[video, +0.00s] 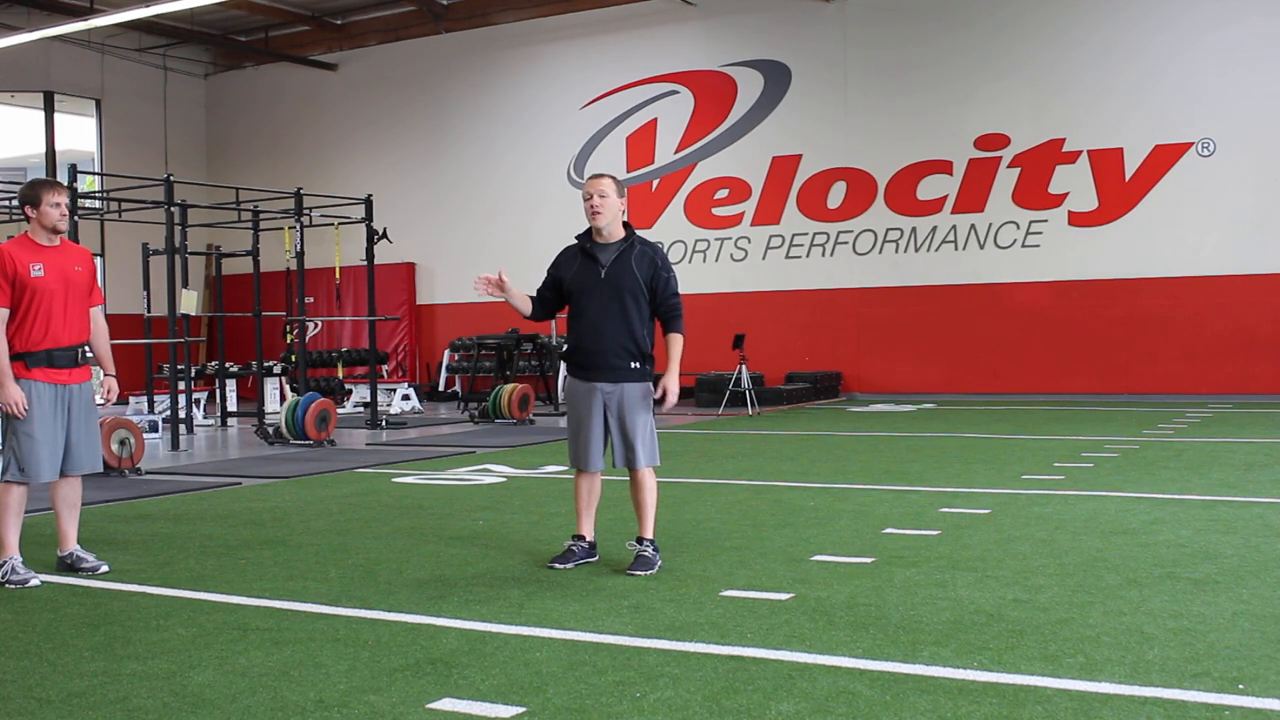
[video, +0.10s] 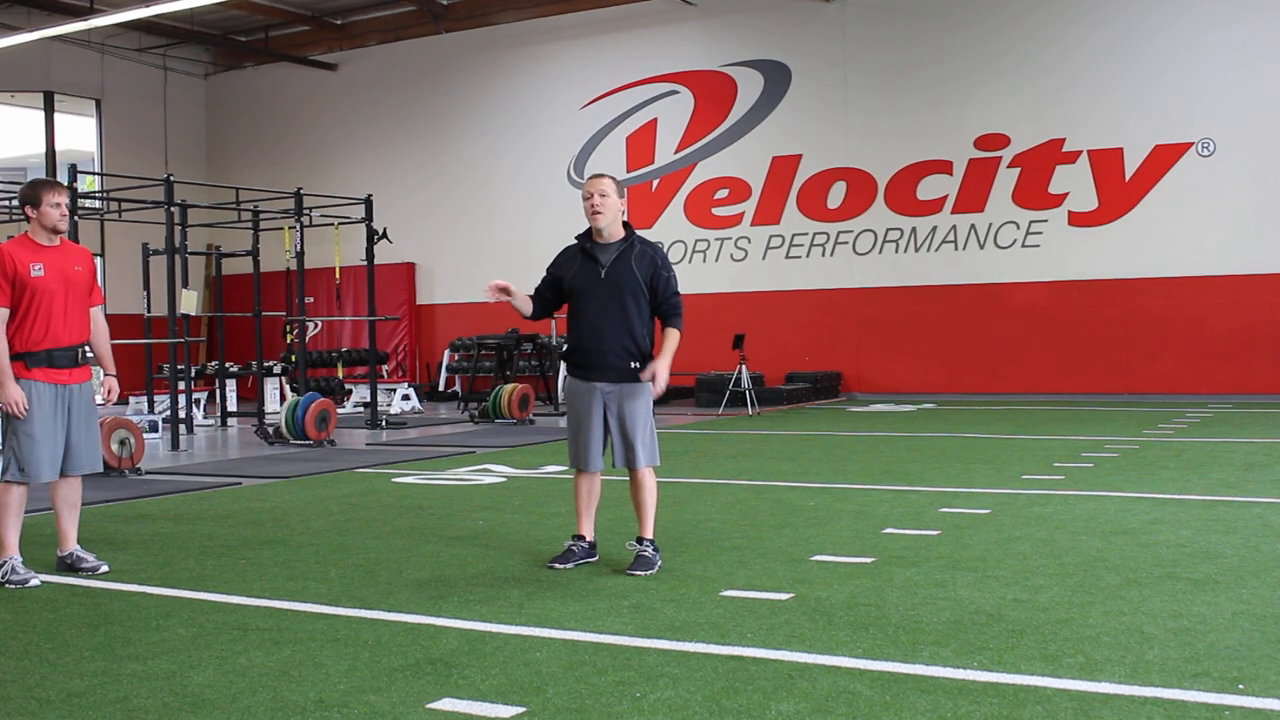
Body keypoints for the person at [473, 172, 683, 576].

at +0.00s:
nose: (593, 203)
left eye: (601, 196)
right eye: (588, 198)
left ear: (622, 203)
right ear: (584, 207)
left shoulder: (650, 256)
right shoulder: (571, 257)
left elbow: (672, 317)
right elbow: (540, 309)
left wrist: (672, 372)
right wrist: (508, 292)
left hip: (632, 380)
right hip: (582, 379)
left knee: (640, 464)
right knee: (585, 464)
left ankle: (647, 544)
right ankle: (584, 542)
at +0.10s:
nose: (593, 203)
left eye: (602, 196)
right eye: (588, 198)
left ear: (622, 203)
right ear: (583, 207)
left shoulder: (649, 255)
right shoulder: (570, 258)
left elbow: (673, 315)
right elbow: (540, 309)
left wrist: (663, 360)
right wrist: (515, 296)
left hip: (632, 380)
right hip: (582, 379)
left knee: (639, 463)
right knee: (585, 463)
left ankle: (646, 544)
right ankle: (584, 542)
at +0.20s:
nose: (594, 204)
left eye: (602, 197)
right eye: (588, 199)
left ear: (622, 204)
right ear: (583, 208)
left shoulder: (649, 255)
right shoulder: (570, 257)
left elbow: (673, 312)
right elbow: (539, 309)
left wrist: (654, 335)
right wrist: (528, 296)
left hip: (632, 379)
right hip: (582, 377)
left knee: (639, 463)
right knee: (585, 462)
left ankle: (646, 544)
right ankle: (583, 542)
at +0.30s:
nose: (595, 206)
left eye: (603, 199)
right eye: (589, 201)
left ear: (622, 205)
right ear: (583, 209)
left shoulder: (650, 256)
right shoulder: (569, 257)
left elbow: (673, 315)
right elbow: (538, 312)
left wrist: (645, 308)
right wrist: (539, 286)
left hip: (632, 379)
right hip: (582, 377)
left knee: (640, 463)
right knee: (585, 462)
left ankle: (646, 544)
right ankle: (584, 542)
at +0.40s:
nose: (596, 208)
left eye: (603, 201)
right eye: (589, 203)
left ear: (622, 205)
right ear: (583, 210)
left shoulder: (651, 255)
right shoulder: (570, 257)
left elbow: (672, 315)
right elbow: (541, 315)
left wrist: (639, 295)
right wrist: (550, 283)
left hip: (632, 379)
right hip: (582, 377)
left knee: (640, 463)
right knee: (585, 463)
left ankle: (646, 544)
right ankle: (583, 542)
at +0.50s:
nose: (597, 209)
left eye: (604, 202)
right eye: (590, 203)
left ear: (623, 205)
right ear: (584, 209)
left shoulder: (651, 255)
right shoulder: (571, 257)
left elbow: (671, 314)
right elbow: (542, 317)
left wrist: (639, 302)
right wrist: (555, 295)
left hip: (633, 379)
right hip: (582, 377)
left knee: (640, 463)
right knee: (585, 462)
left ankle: (646, 544)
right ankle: (583, 542)